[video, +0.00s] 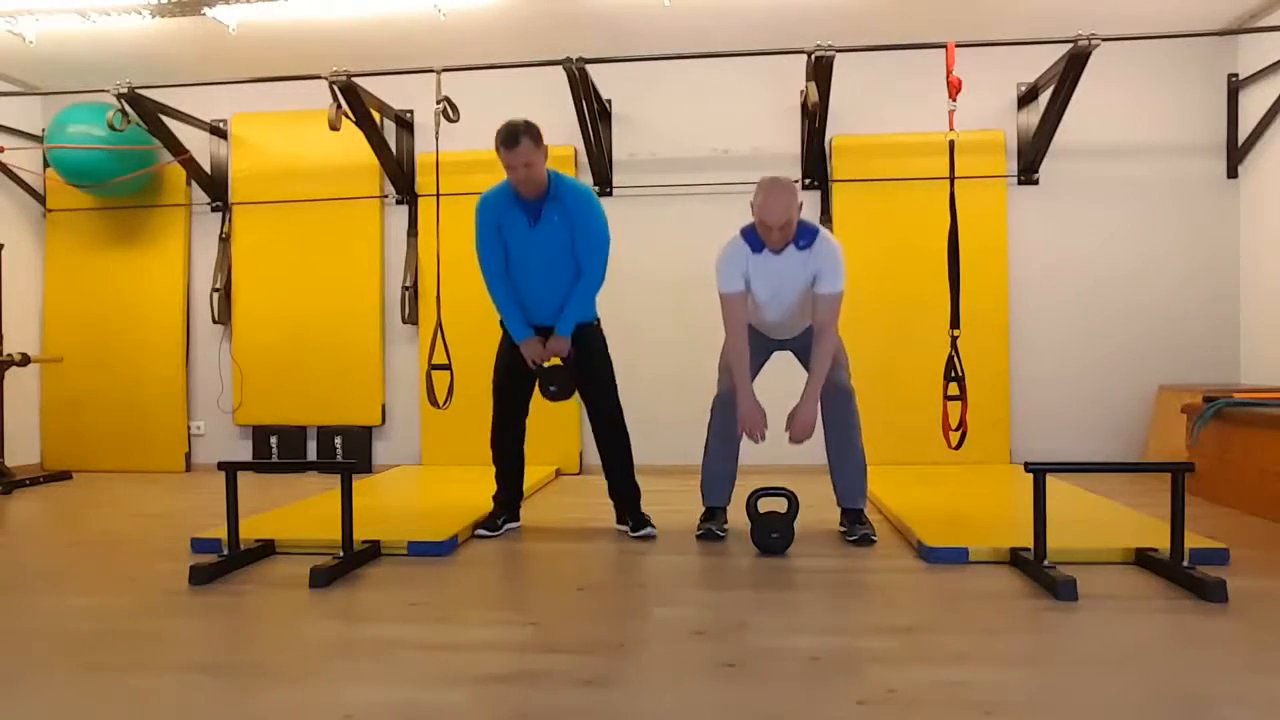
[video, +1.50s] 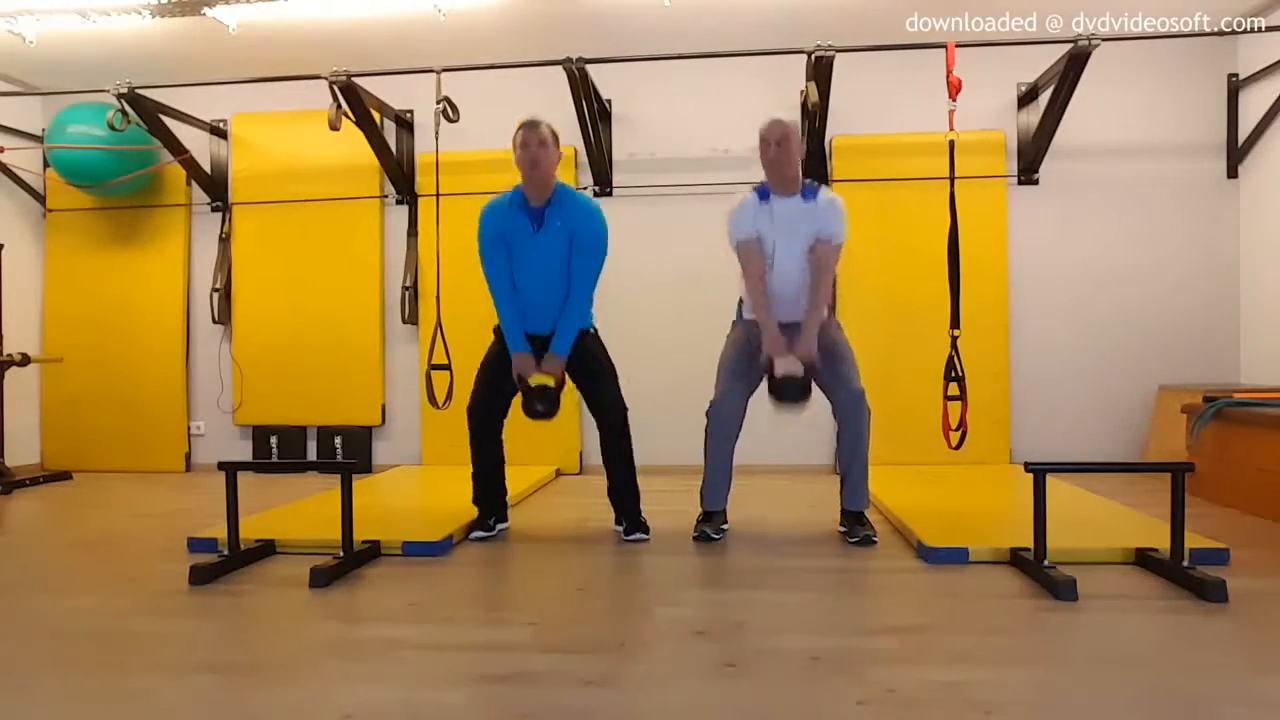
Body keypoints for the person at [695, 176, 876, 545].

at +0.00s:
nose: (775, 236)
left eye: (784, 226)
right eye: (766, 227)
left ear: (799, 211)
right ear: (753, 211)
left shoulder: (825, 250)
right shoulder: (734, 254)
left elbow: (826, 331)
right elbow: (736, 332)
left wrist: (809, 403)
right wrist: (745, 397)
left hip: (809, 333)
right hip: (754, 334)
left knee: (840, 395)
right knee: (726, 401)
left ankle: (853, 510)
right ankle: (715, 508)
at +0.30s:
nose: (774, 293)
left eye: (783, 284)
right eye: (765, 284)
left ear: (798, 267)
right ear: (752, 267)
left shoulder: (824, 298)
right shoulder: (735, 300)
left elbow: (813, 380)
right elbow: (742, 384)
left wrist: (794, 455)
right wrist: (757, 454)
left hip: (806, 347)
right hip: (750, 348)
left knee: (839, 398)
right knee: (720, 399)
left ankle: (853, 510)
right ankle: (712, 509)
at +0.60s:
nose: (778, 312)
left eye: (789, 303)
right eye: (769, 302)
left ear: (803, 288)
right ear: (756, 286)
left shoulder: (829, 314)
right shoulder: (737, 312)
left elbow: (814, 393)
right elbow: (746, 392)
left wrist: (794, 457)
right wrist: (759, 456)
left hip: (807, 352)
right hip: (751, 352)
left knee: (844, 405)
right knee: (720, 406)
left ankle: (853, 511)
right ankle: (713, 509)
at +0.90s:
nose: (776, 278)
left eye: (787, 268)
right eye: (768, 268)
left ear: (805, 258)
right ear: (759, 260)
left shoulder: (833, 293)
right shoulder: (738, 294)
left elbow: (819, 357)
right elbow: (749, 357)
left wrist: (799, 406)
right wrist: (766, 404)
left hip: (809, 347)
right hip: (751, 346)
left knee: (848, 400)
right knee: (717, 401)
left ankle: (854, 511)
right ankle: (712, 510)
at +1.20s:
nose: (774, 234)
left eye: (784, 225)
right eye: (766, 225)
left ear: (803, 223)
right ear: (758, 224)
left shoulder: (833, 268)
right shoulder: (740, 273)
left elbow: (822, 336)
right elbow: (749, 336)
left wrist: (804, 387)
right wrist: (766, 387)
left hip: (812, 345)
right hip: (754, 345)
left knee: (851, 399)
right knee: (721, 403)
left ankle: (854, 511)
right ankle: (713, 511)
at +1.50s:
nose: (774, 149)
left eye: (783, 141)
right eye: (767, 143)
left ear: (801, 150)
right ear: (759, 154)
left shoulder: (828, 205)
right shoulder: (746, 209)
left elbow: (824, 275)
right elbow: (754, 278)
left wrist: (810, 332)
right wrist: (769, 331)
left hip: (815, 322)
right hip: (757, 323)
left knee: (853, 403)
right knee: (724, 407)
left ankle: (854, 512)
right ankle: (713, 512)